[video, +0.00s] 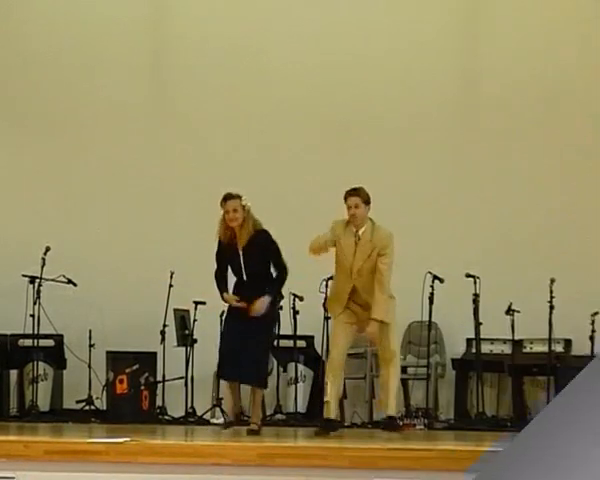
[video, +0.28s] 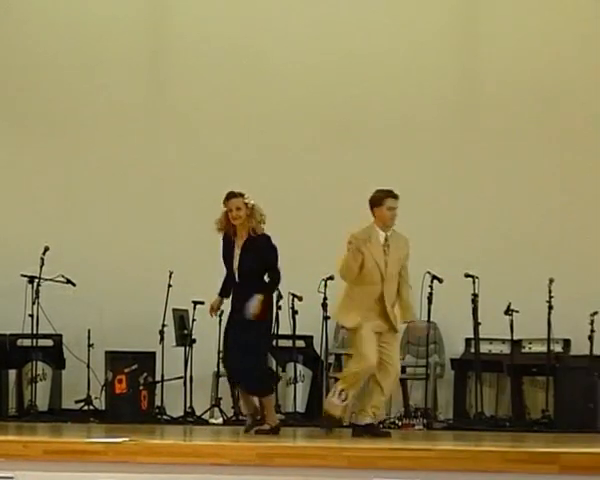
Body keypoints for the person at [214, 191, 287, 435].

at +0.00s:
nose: (232, 216)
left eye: (236, 211)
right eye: (228, 212)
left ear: (245, 211)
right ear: (223, 215)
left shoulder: (262, 237)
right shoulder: (225, 240)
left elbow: (282, 270)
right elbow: (221, 271)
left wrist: (268, 297)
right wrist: (225, 294)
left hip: (264, 303)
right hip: (239, 301)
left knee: (257, 355)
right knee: (230, 353)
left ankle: (256, 415)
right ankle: (235, 410)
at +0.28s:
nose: (235, 213)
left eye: (239, 209)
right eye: (231, 210)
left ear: (248, 210)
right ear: (226, 214)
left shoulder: (262, 240)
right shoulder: (228, 239)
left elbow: (274, 276)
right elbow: (231, 273)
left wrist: (260, 296)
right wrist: (220, 297)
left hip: (260, 304)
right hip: (238, 303)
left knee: (256, 358)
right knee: (232, 357)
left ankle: (271, 419)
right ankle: (252, 412)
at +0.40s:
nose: (228, 217)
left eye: (233, 212)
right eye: (224, 213)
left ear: (241, 213)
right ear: (220, 217)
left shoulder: (250, 242)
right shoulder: (224, 244)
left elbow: (248, 280)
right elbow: (234, 280)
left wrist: (224, 281)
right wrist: (226, 308)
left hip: (254, 304)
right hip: (235, 304)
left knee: (252, 360)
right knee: (213, 358)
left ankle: (268, 420)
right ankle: (212, 414)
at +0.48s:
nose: (222, 213)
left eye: (226, 208)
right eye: (217, 209)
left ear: (234, 209)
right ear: (214, 213)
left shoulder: (242, 237)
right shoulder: (220, 240)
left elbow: (235, 274)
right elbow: (224, 273)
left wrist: (209, 255)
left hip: (245, 301)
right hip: (229, 301)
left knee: (250, 358)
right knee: (211, 356)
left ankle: (265, 420)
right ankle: (186, 414)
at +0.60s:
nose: (210, 206)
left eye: (214, 201)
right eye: (206, 202)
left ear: (223, 201)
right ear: (203, 206)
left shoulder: (229, 226)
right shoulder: (212, 229)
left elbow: (211, 253)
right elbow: (213, 263)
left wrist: (186, 229)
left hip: (231, 297)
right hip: (214, 297)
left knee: (243, 355)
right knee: (196, 351)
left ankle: (265, 417)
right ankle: (180, 413)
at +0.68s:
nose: (202, 204)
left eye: (206, 199)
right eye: (198, 201)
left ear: (216, 200)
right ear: (194, 205)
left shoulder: (219, 224)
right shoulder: (202, 227)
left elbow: (204, 250)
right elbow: (205, 265)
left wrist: (171, 231)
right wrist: (201, 298)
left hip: (219, 299)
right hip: (203, 299)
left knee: (236, 354)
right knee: (189, 354)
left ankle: (264, 413)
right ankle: (184, 415)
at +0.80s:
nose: (188, 207)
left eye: (193, 202)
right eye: (185, 203)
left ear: (202, 204)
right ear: (181, 206)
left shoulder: (203, 229)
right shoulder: (191, 231)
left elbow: (186, 260)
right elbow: (185, 260)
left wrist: (151, 260)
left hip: (200, 302)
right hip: (190, 302)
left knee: (206, 358)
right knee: (178, 356)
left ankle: (254, 398)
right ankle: (183, 415)